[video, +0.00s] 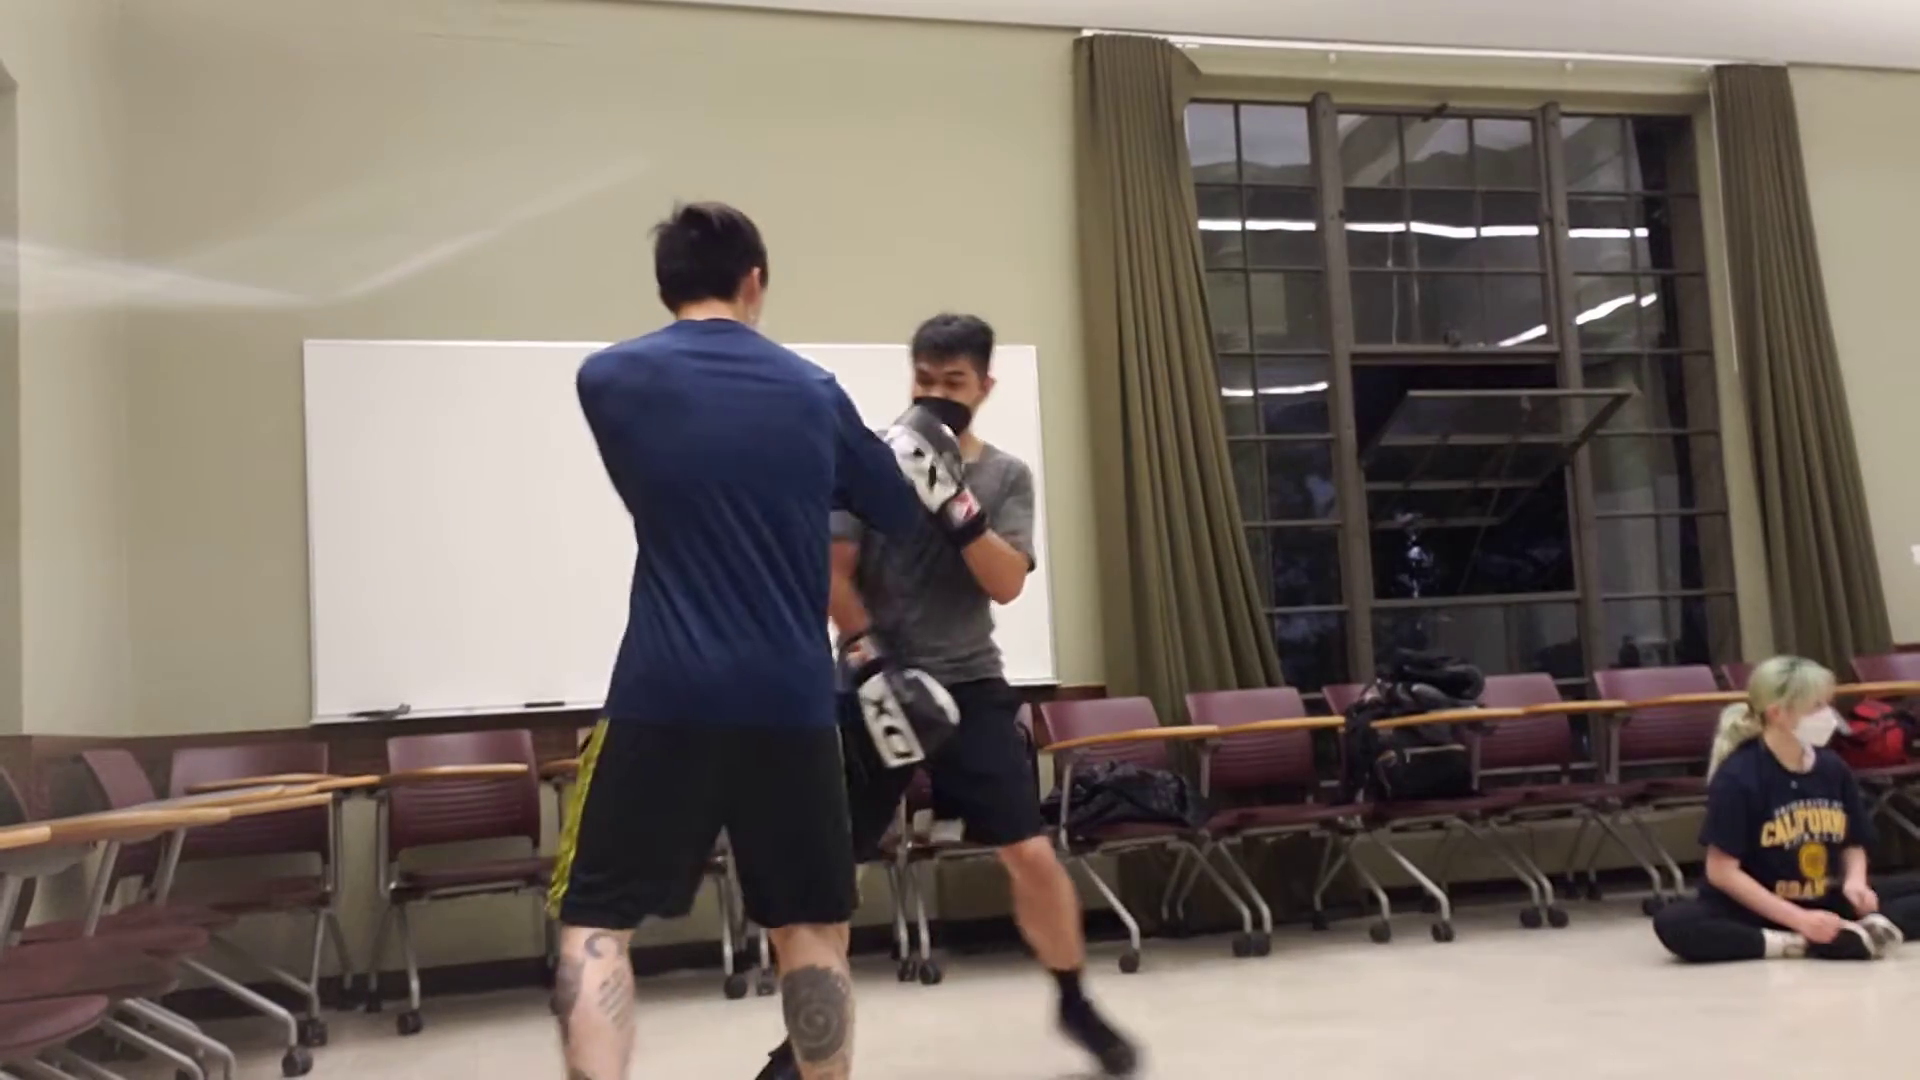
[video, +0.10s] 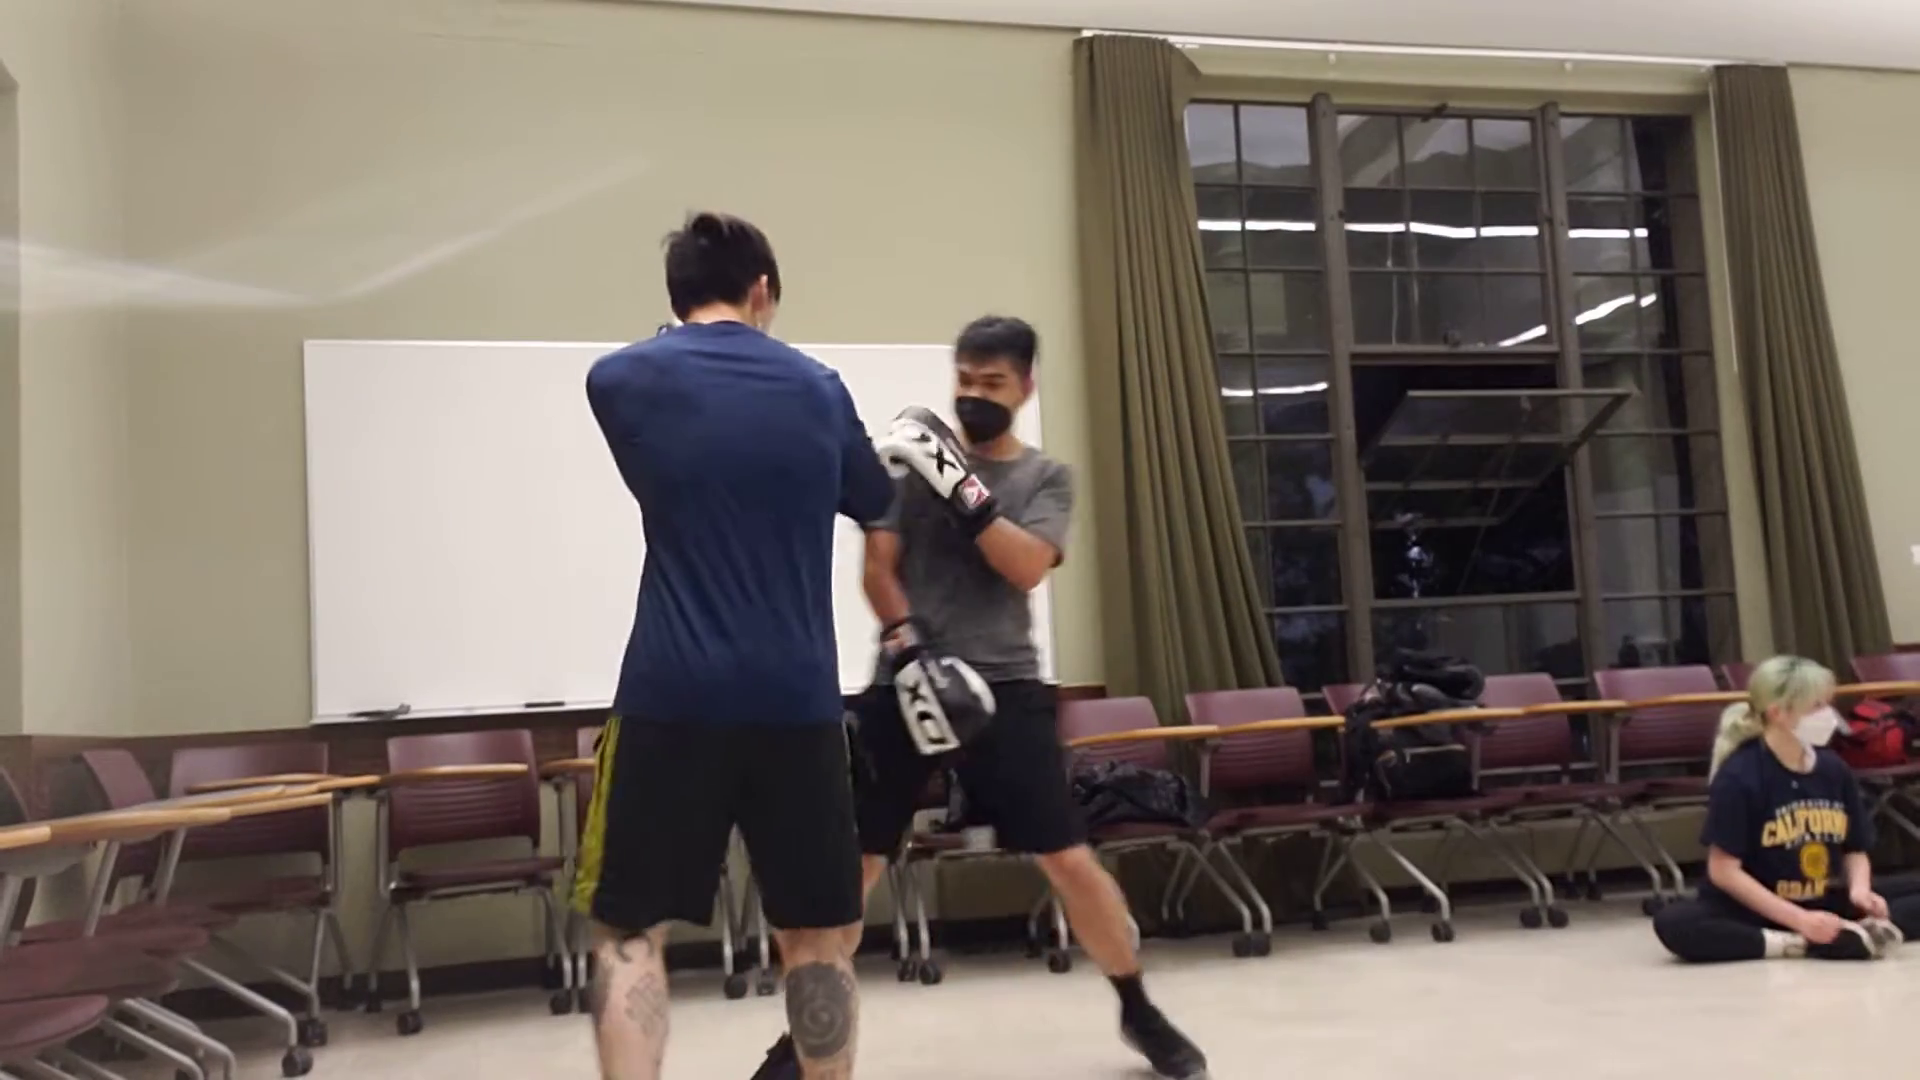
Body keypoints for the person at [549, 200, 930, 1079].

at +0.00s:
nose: (765, 292)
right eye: (765, 281)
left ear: (665, 289)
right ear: (755, 282)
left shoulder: (607, 378)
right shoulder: (810, 390)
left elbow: (679, 481)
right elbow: (898, 510)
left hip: (664, 698)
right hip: (791, 703)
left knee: (596, 924)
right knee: (811, 933)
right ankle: (819, 1076)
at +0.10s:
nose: (776, 307)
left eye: (773, 298)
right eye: (776, 295)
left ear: (676, 299)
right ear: (763, 291)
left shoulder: (619, 380)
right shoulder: (815, 384)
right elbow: (873, 509)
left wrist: (705, 337)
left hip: (672, 698)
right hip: (795, 698)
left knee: (630, 935)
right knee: (817, 939)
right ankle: (823, 1074)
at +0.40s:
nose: (753, 317)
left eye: (749, 304)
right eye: (753, 303)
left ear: (655, 305)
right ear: (737, 298)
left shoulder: (593, 403)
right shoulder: (793, 396)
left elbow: (642, 507)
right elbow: (856, 556)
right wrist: (758, 519)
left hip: (662, 714)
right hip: (786, 707)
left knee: (658, 939)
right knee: (834, 917)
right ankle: (842, 1073)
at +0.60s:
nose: (793, 319)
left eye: (794, 301)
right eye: (785, 299)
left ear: (706, 302)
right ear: (732, 295)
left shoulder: (612, 411)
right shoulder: (795, 402)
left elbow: (693, 518)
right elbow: (847, 550)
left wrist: (839, 483)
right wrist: (890, 502)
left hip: (665, 713)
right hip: (787, 706)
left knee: (667, 931)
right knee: (858, 906)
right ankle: (912, 1072)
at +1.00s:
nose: (895, 341)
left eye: (900, 325)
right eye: (895, 323)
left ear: (803, 316)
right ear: (861, 314)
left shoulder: (740, 410)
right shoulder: (875, 416)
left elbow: (815, 493)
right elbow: (948, 539)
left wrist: (899, 417)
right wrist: (991, 444)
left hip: (757, 703)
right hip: (866, 703)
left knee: (744, 892)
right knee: (907, 909)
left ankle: (689, 1047)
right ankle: (938, 1070)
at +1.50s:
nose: (887, 351)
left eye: (885, 335)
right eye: (878, 335)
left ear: (816, 342)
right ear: (833, 337)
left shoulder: (747, 436)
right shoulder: (838, 427)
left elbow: (791, 572)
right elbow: (859, 557)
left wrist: (910, 546)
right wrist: (935, 541)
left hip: (767, 704)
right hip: (846, 702)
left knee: (793, 885)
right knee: (939, 870)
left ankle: (752, 1068)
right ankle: (930, 1066)